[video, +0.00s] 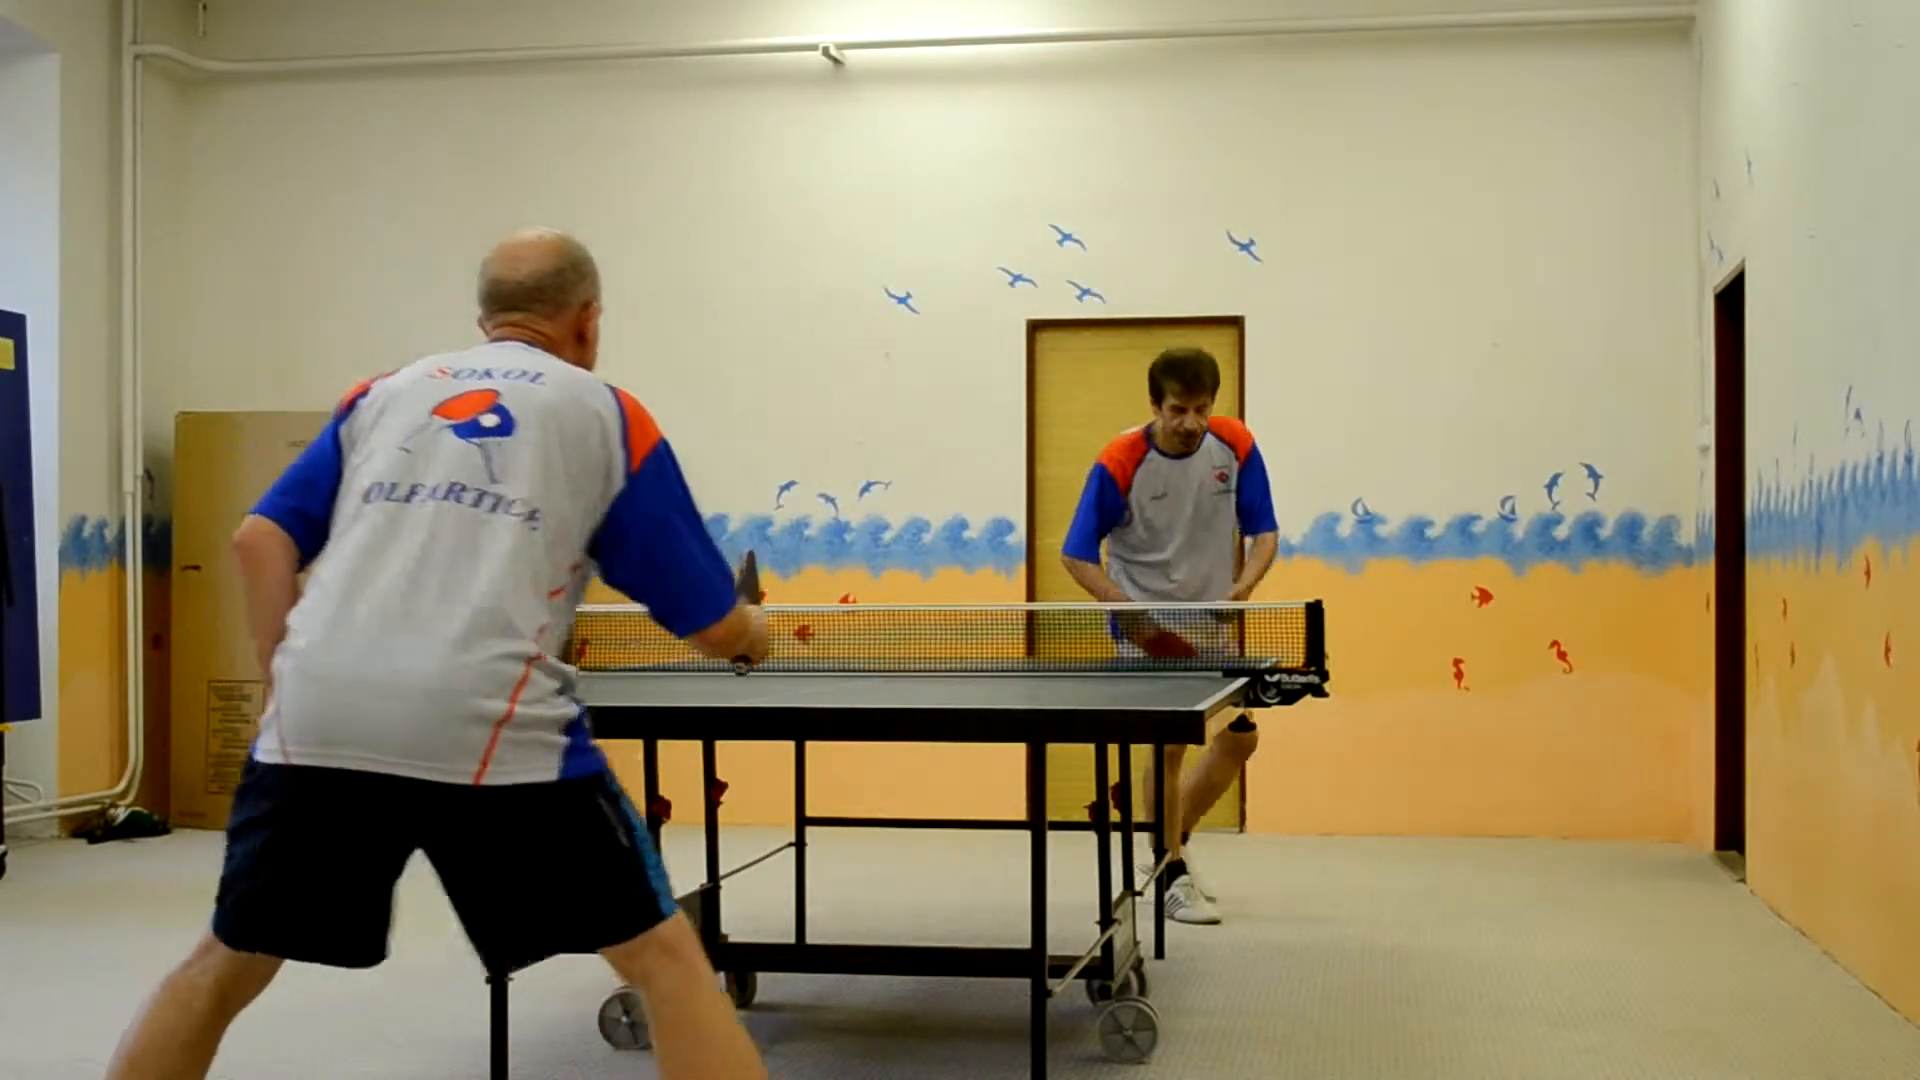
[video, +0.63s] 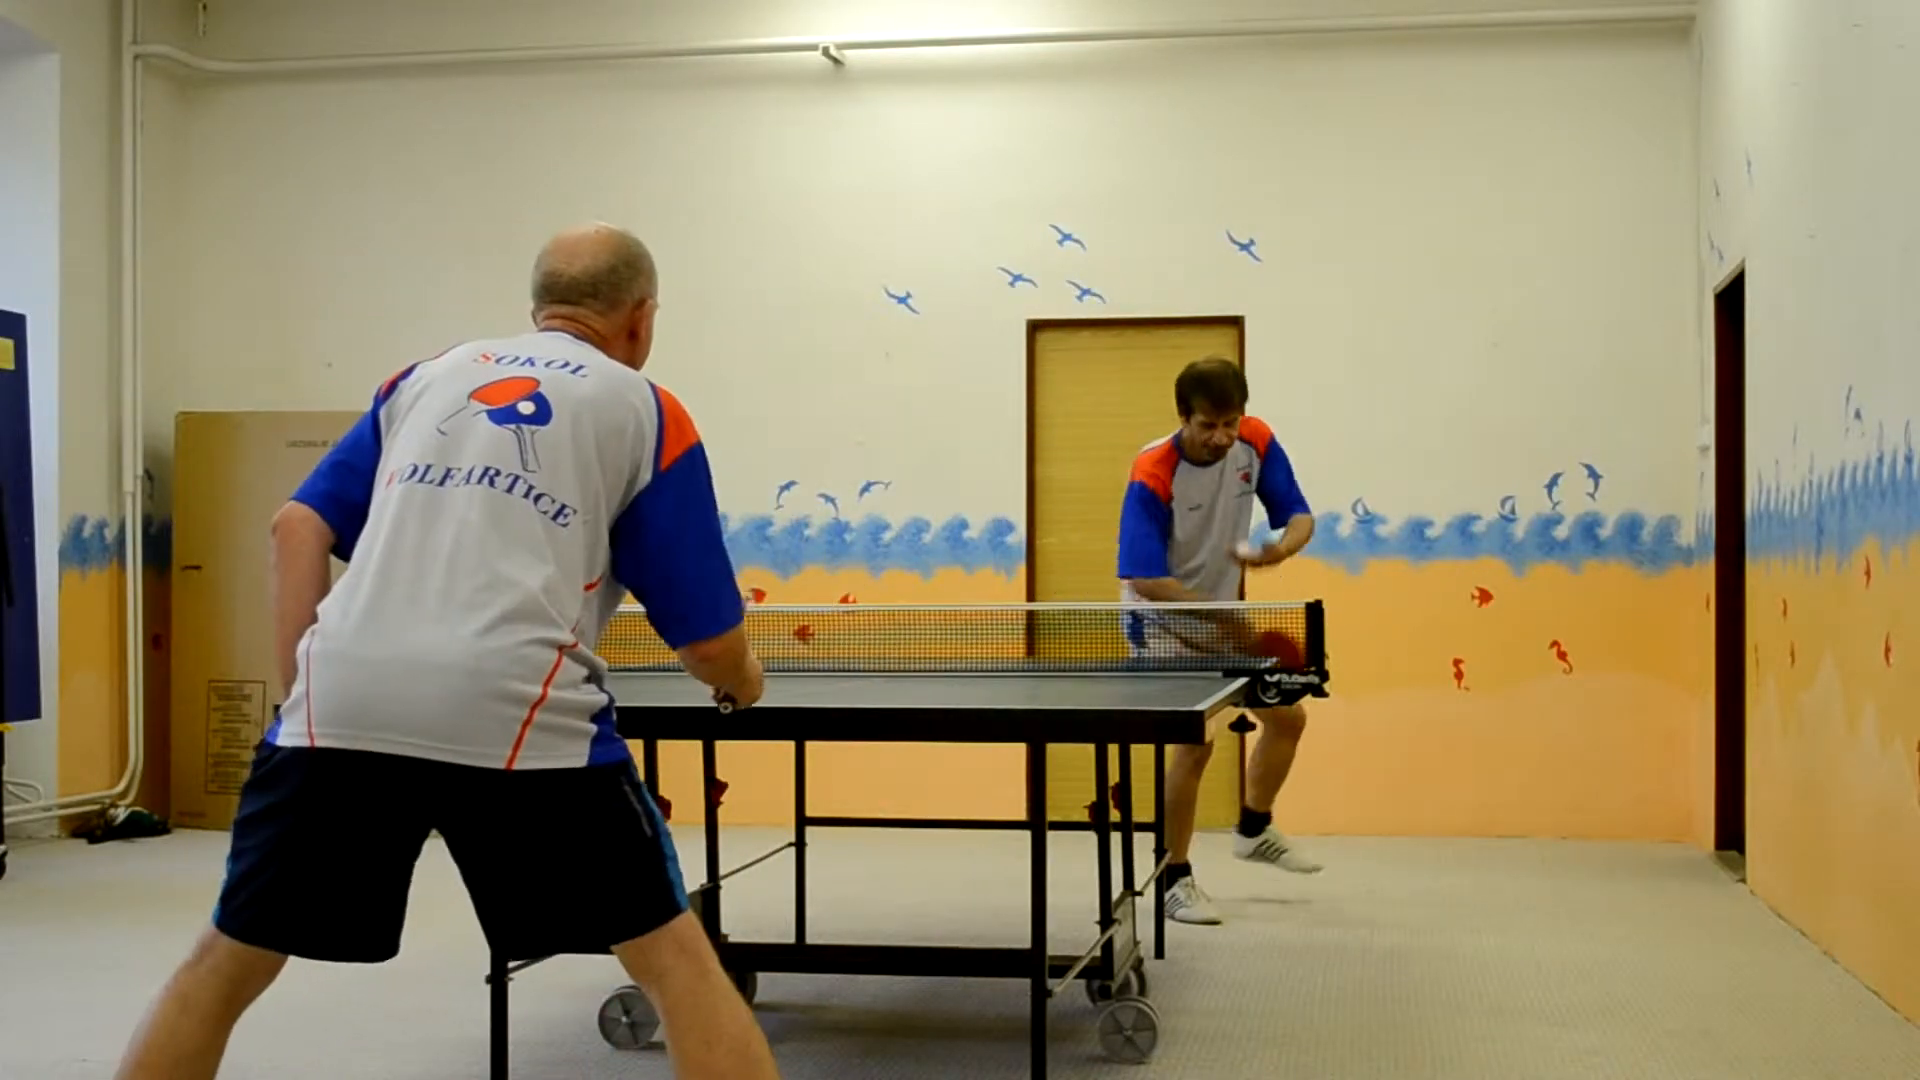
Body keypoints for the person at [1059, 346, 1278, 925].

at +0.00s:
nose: (1191, 422)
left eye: (1200, 409)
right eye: (1178, 410)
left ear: (1212, 403)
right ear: (1155, 405)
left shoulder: (1235, 444)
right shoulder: (1118, 463)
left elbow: (1263, 538)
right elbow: (1077, 556)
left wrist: (1235, 597)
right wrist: (1135, 618)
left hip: (1215, 622)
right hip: (1149, 627)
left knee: (1238, 737)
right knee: (1169, 745)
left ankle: (1167, 844)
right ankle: (1171, 875)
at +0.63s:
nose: (1220, 436)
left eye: (1229, 424)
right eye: (1208, 425)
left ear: (1240, 414)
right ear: (1182, 415)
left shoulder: (1253, 440)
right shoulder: (1154, 471)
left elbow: (1299, 519)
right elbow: (1142, 577)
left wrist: (1278, 550)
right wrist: (1223, 625)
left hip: (1224, 620)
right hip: (1162, 623)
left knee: (1286, 715)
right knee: (1192, 742)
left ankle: (1253, 831)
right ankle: (1174, 879)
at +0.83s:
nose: (1231, 425)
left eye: (1239, 412)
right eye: (1218, 415)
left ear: (1249, 403)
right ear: (1191, 409)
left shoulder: (1258, 424)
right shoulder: (1168, 467)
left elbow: (1333, 470)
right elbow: (1194, 568)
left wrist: (1323, 502)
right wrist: (1272, 551)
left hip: (1230, 608)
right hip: (1173, 615)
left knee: (1309, 707)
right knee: (1201, 743)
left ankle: (1320, 829)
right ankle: (1175, 880)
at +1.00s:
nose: (1229, 416)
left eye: (1239, 403)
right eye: (1217, 405)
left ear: (1252, 395)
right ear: (1196, 400)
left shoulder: (1278, 434)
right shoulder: (1166, 454)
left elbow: (1368, 466)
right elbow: (1144, 545)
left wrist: (1380, 517)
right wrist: (1220, 559)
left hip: (1254, 614)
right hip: (1187, 618)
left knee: (1308, 744)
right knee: (1198, 746)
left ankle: (1325, 863)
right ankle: (1176, 879)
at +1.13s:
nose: (1233, 402)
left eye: (1244, 388)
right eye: (1223, 390)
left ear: (1266, 386)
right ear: (1210, 390)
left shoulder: (1303, 440)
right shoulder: (1176, 436)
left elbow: (1387, 487)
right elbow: (1097, 457)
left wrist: (1384, 543)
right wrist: (1072, 485)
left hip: (1277, 616)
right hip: (1201, 616)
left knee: (1308, 749)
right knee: (1184, 743)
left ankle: (1324, 870)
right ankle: (1170, 874)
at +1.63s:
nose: (1189, 397)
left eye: (1200, 386)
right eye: (1180, 388)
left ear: (1226, 388)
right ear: (1173, 393)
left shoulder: (1268, 452)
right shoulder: (1159, 458)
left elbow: (1327, 522)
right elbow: (1114, 521)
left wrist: (1314, 562)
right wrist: (1099, 562)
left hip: (1260, 630)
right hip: (1181, 630)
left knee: (1288, 753)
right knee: (1111, 731)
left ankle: (1321, 869)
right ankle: (1083, 861)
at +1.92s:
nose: (1160, 415)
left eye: (1170, 403)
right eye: (1150, 405)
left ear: (1192, 402)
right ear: (1139, 409)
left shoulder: (1231, 452)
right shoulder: (1123, 479)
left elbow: (1278, 527)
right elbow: (1104, 567)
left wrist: (1245, 531)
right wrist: (1147, 590)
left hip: (1236, 629)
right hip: (1160, 633)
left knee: (1283, 734)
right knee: (1095, 733)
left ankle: (1331, 864)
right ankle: (1081, 861)